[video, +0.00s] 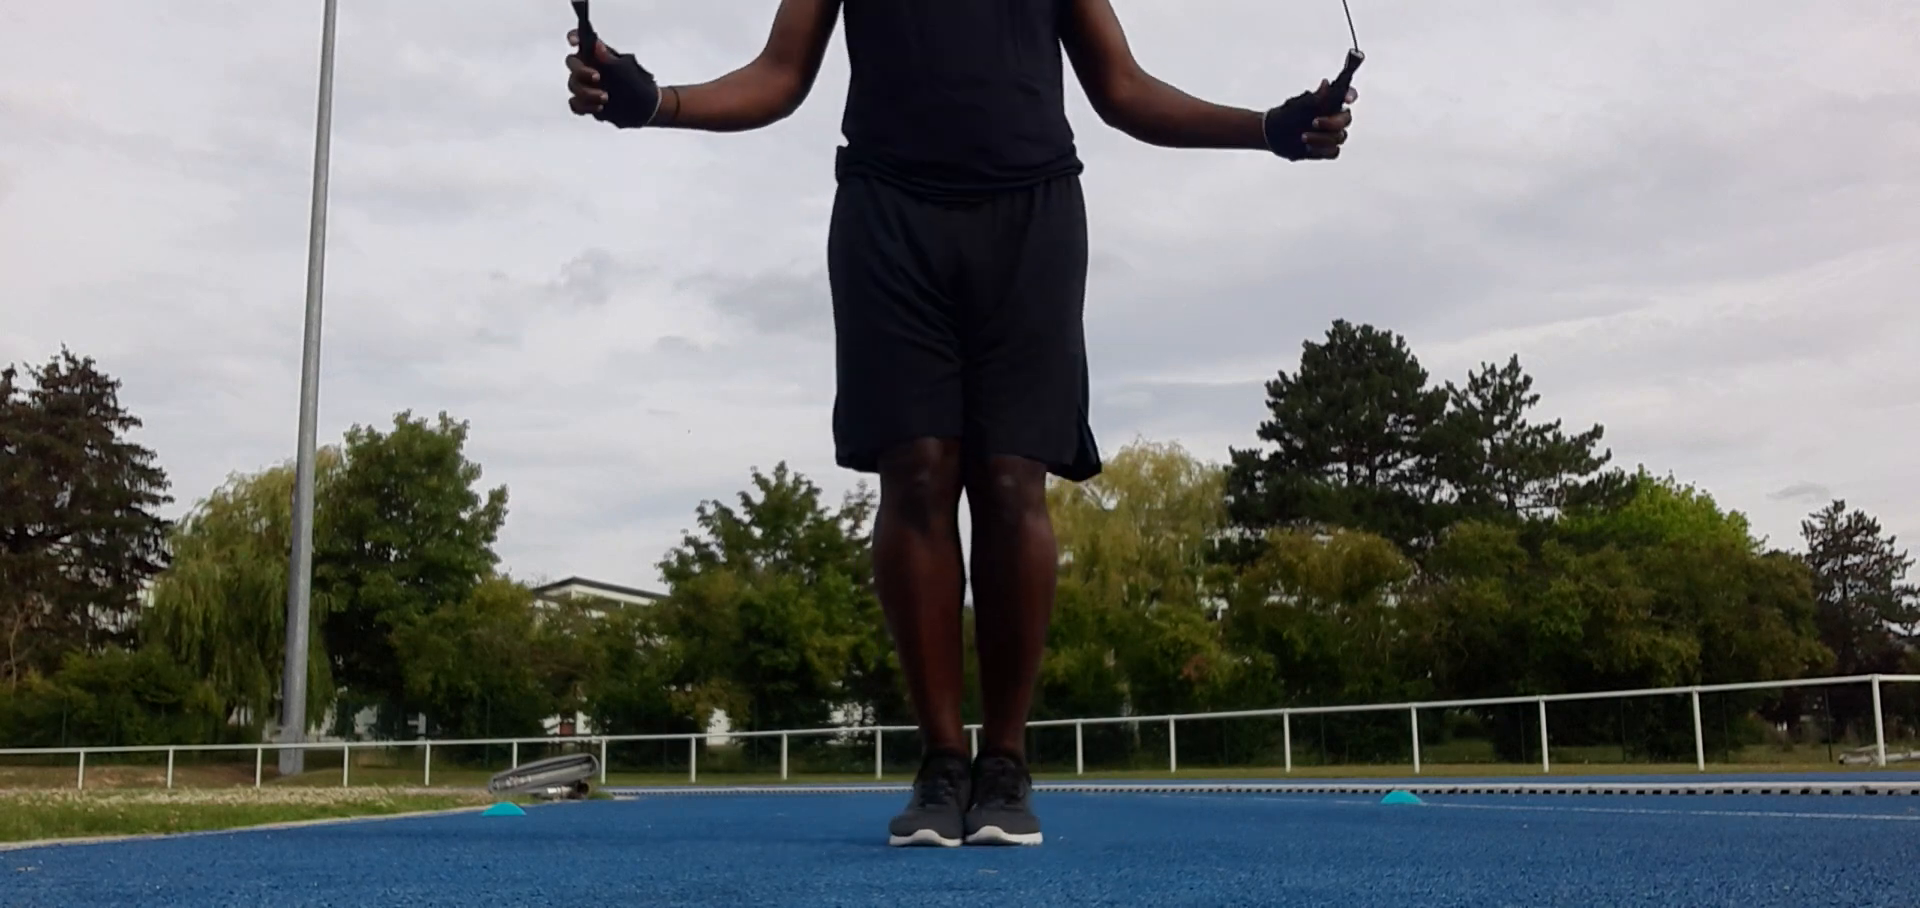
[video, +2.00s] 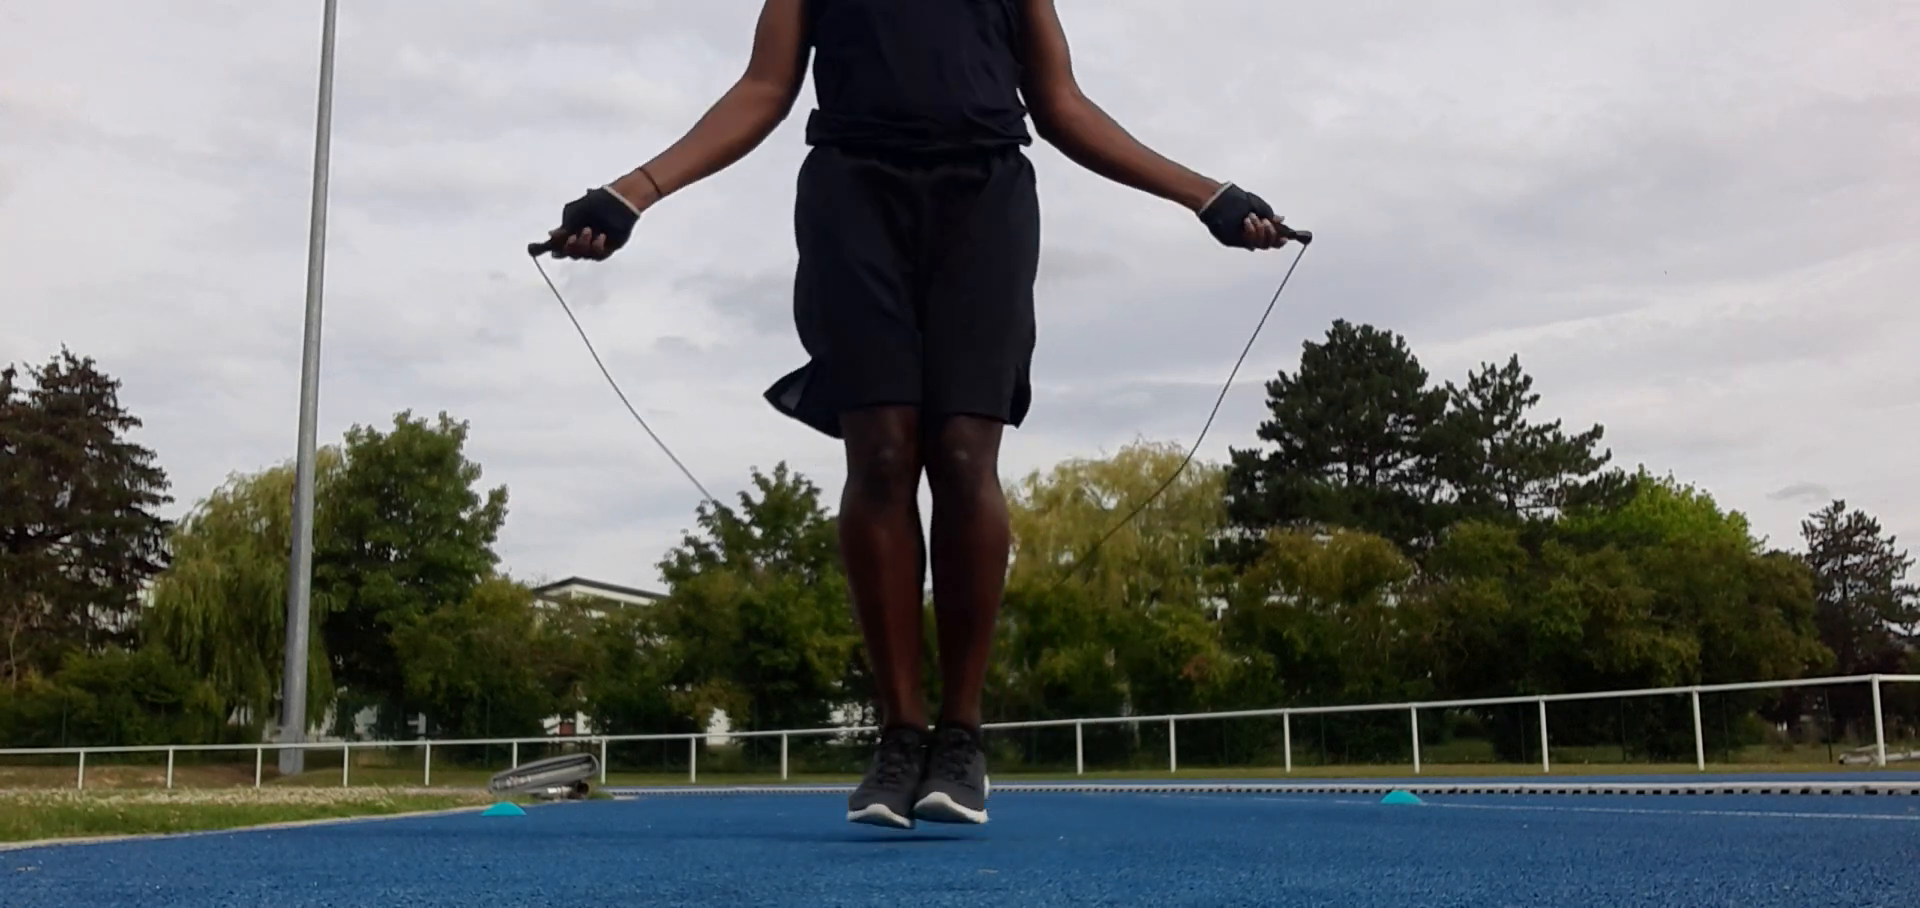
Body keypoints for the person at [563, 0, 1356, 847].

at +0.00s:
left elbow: (1122, 87)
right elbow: (779, 73)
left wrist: (1266, 126)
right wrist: (658, 99)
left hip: (1029, 204)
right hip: (887, 204)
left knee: (1011, 477)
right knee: (917, 472)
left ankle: (1004, 767)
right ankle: (942, 768)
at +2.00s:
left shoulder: (1013, 4)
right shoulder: (810, 2)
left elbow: (1062, 105)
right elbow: (764, 87)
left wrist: (1205, 192)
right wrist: (633, 190)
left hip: (987, 188)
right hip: (853, 186)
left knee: (964, 452)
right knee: (880, 450)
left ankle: (960, 739)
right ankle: (899, 741)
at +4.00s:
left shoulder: (1008, 9)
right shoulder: (805, 8)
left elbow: (1066, 151)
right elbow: (760, 140)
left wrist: (1197, 182)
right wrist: (644, 174)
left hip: (977, 264)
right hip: (851, 264)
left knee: (961, 507)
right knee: (875, 507)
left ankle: (966, 768)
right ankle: (909, 772)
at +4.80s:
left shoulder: (1007, 9)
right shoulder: (805, 4)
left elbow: (1051, 149)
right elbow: (764, 127)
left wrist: (1171, 215)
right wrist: (665, 209)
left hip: (974, 247)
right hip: (850, 248)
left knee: (964, 491)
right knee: (873, 491)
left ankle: (964, 759)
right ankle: (896, 765)